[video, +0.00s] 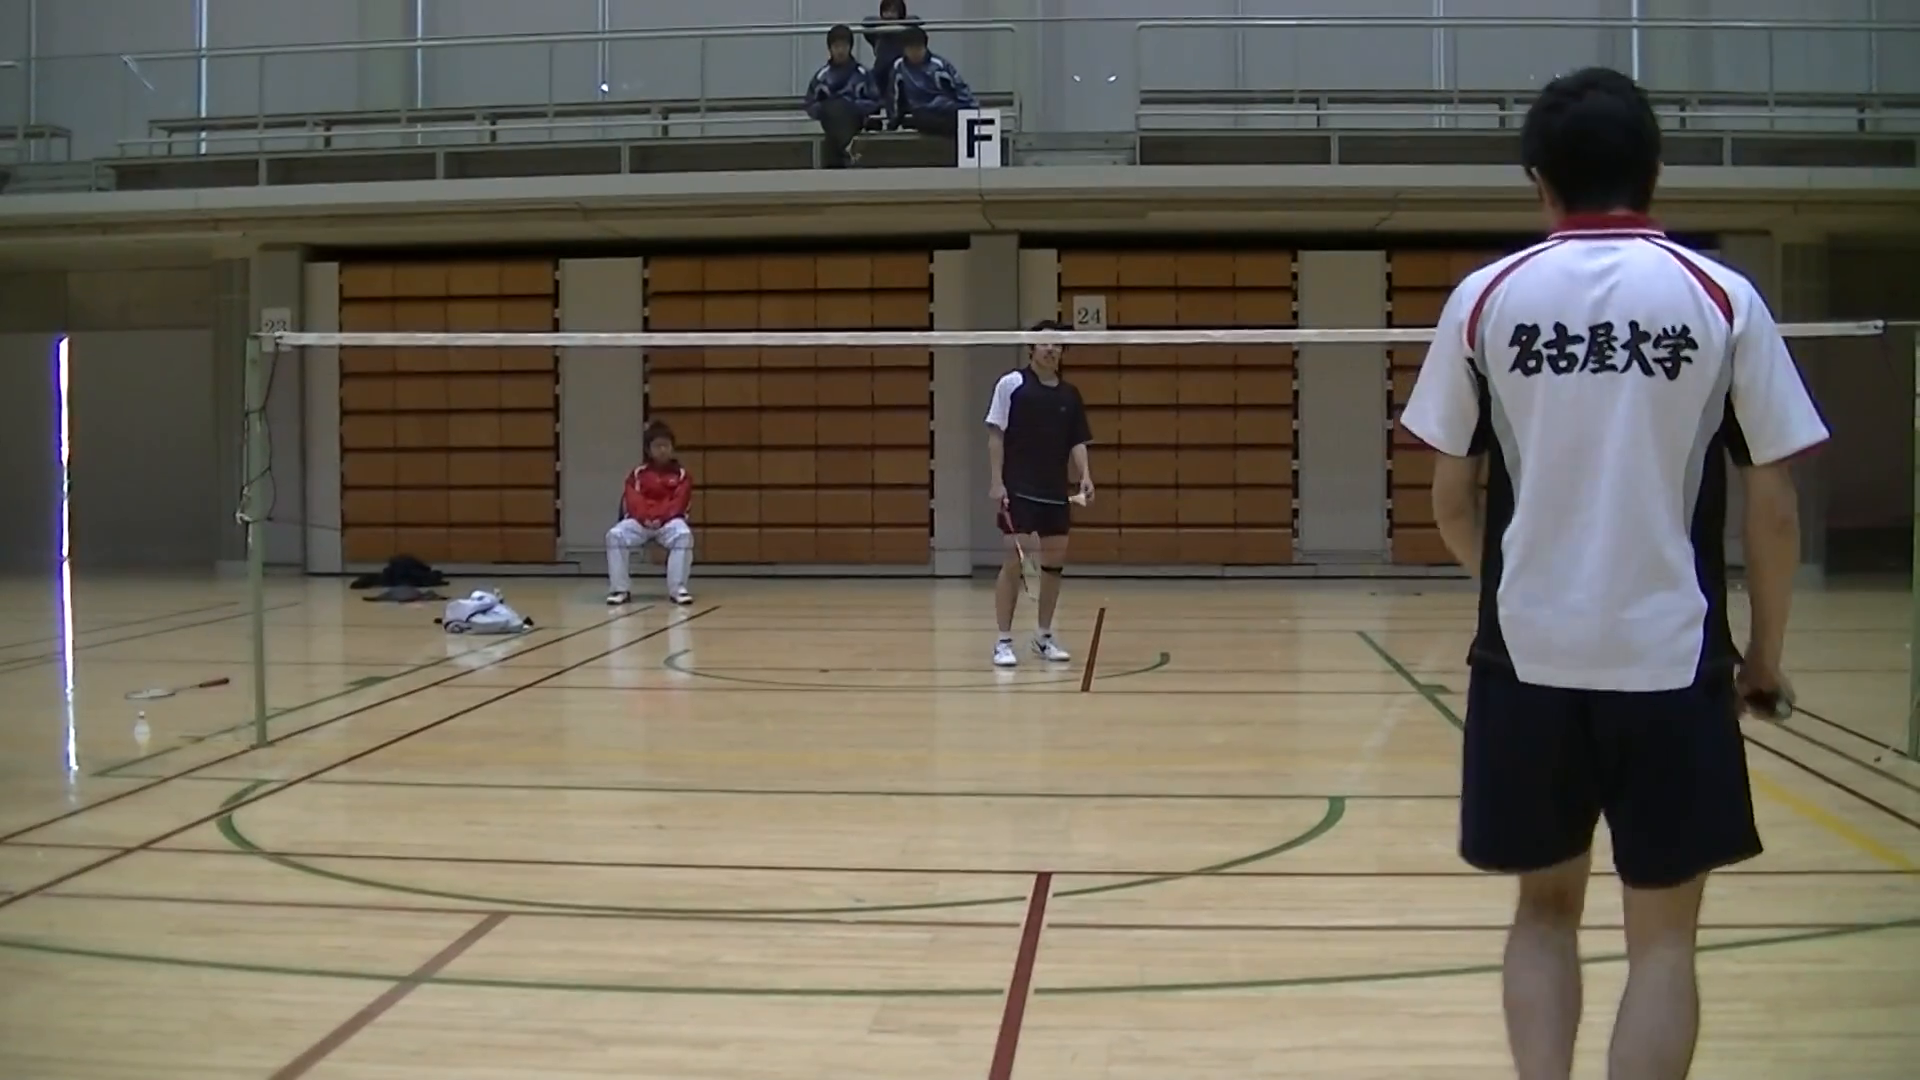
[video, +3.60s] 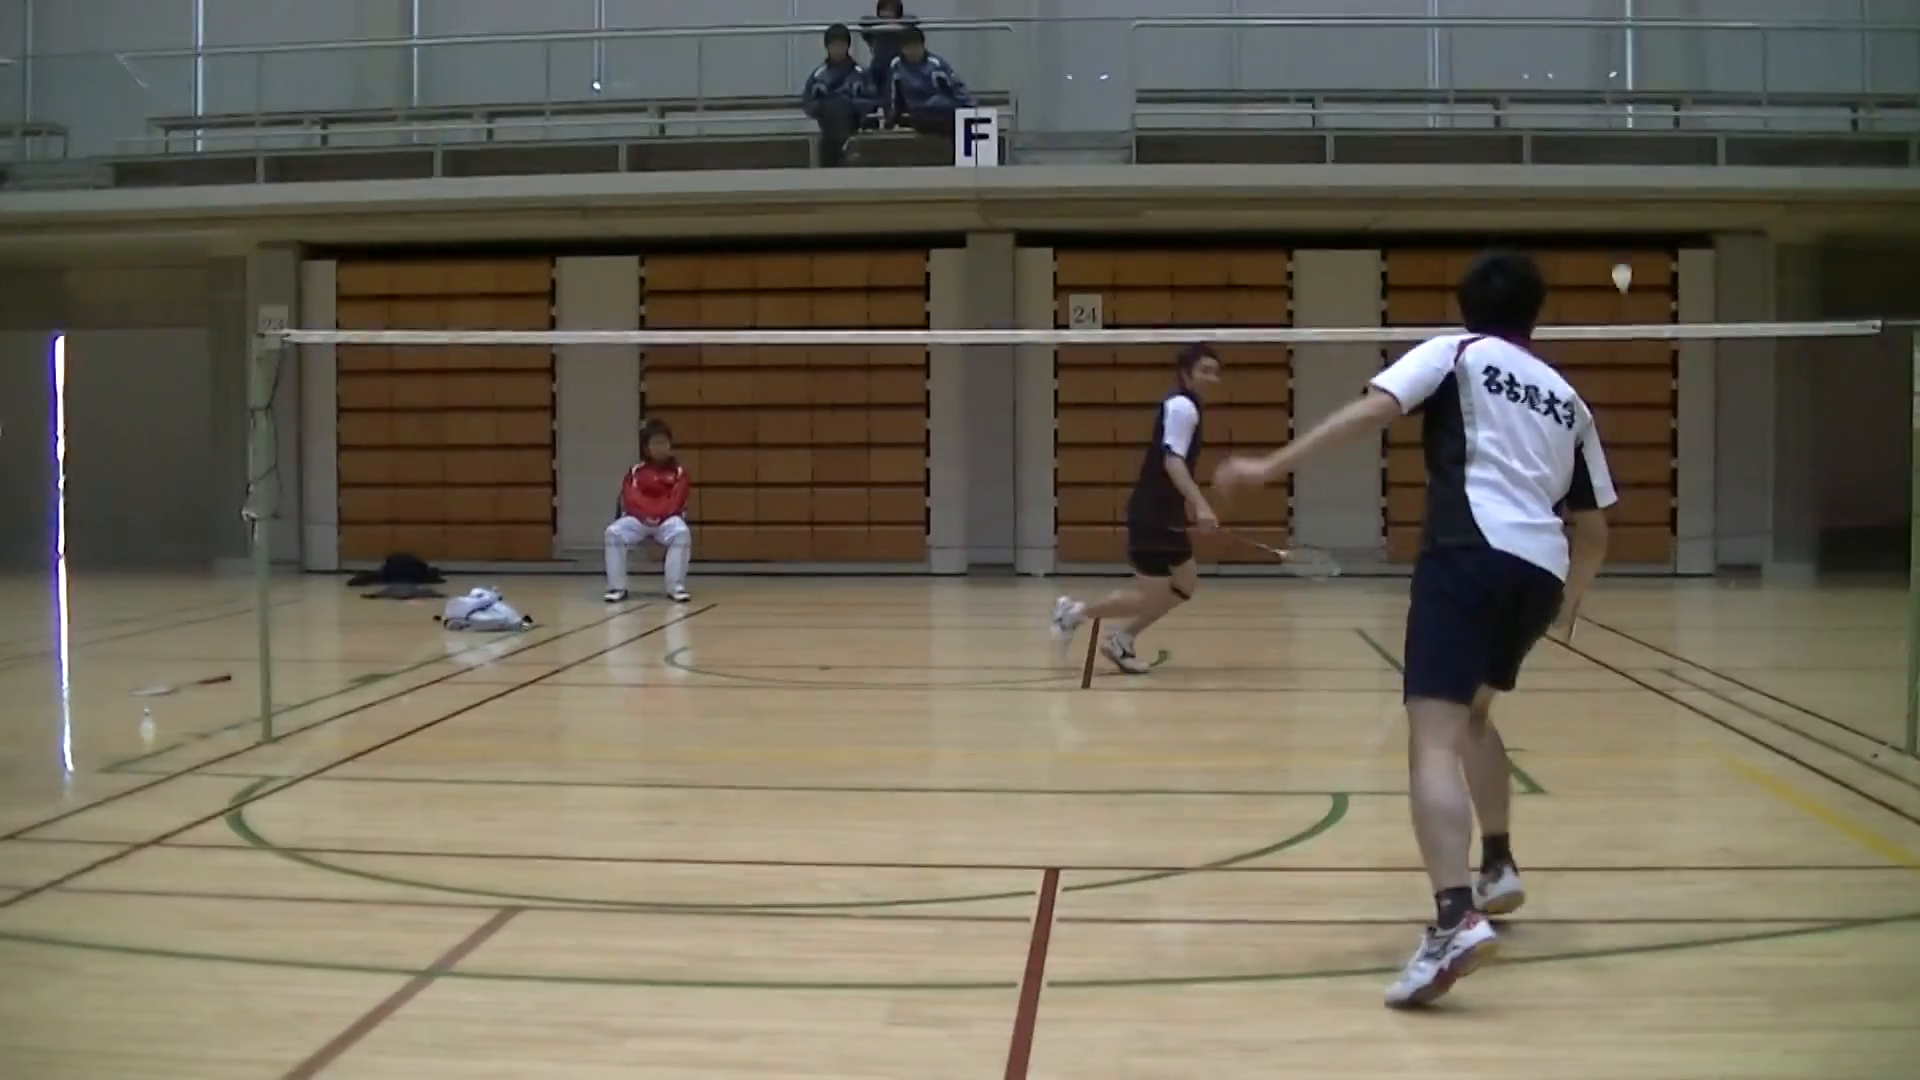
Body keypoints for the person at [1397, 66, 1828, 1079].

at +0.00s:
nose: (1542, 182)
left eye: (1538, 169)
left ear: (1541, 178)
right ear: (1651, 173)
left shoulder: (1485, 298)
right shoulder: (1726, 299)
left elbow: (1453, 500)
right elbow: (1769, 498)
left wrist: (1504, 587)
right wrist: (1767, 654)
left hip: (1528, 665)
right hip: (1668, 669)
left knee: (1545, 905)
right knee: (1661, 934)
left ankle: (1542, 1077)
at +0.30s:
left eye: (1566, 177)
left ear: (1561, 190)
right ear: (1675, 186)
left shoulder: (1497, 312)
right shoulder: (1729, 317)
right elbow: (1780, 517)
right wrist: (1800, 678)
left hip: (1533, 666)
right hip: (1671, 672)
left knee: (1540, 870)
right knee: (1663, 937)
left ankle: (1525, 1064)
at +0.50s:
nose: (1526, 232)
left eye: (1521, 219)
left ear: (1522, 230)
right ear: (1626, 219)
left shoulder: (1477, 343)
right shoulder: (1692, 330)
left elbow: (1371, 484)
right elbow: (1792, 470)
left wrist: (1325, 515)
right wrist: (1820, 549)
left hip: (1529, 671)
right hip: (1661, 670)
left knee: (1536, 869)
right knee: (1658, 936)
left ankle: (1530, 1064)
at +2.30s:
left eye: (1501, 296)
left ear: (1502, 306)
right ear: (1598, 296)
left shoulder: (1464, 393)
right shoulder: (1660, 385)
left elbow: (1364, 510)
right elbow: (1745, 512)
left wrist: (1331, 567)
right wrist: (1733, 514)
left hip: (1507, 678)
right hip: (1637, 675)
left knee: (1485, 840)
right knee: (1651, 929)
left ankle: (1499, 1045)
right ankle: (1654, 1078)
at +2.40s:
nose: (1484, 324)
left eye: (1483, 311)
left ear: (1486, 321)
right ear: (1579, 315)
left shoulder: (1446, 403)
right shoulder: (1640, 405)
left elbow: (1317, 494)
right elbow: (1702, 526)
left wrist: (1245, 529)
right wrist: (1660, 515)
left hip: (1494, 688)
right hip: (1623, 685)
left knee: (1479, 869)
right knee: (1639, 915)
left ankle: (1519, 1058)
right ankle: (1658, 1071)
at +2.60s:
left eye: (1460, 316)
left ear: (1465, 323)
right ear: (1553, 323)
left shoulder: (1428, 383)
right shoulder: (1605, 411)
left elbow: (1287, 410)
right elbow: (1644, 539)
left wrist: (1164, 424)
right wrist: (1610, 533)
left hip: (1464, 659)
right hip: (1577, 662)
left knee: (1458, 870)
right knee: (1556, 817)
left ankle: (1514, 1044)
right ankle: (1586, 978)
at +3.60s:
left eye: (1464, 308)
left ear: (1467, 310)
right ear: (1533, 321)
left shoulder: (1454, 351)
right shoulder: (1569, 400)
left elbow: (1373, 410)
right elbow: (1591, 527)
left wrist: (1271, 464)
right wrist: (1570, 593)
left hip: (1466, 559)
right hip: (1543, 579)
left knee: (1435, 741)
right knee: (1473, 715)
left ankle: (1455, 921)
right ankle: (1498, 866)